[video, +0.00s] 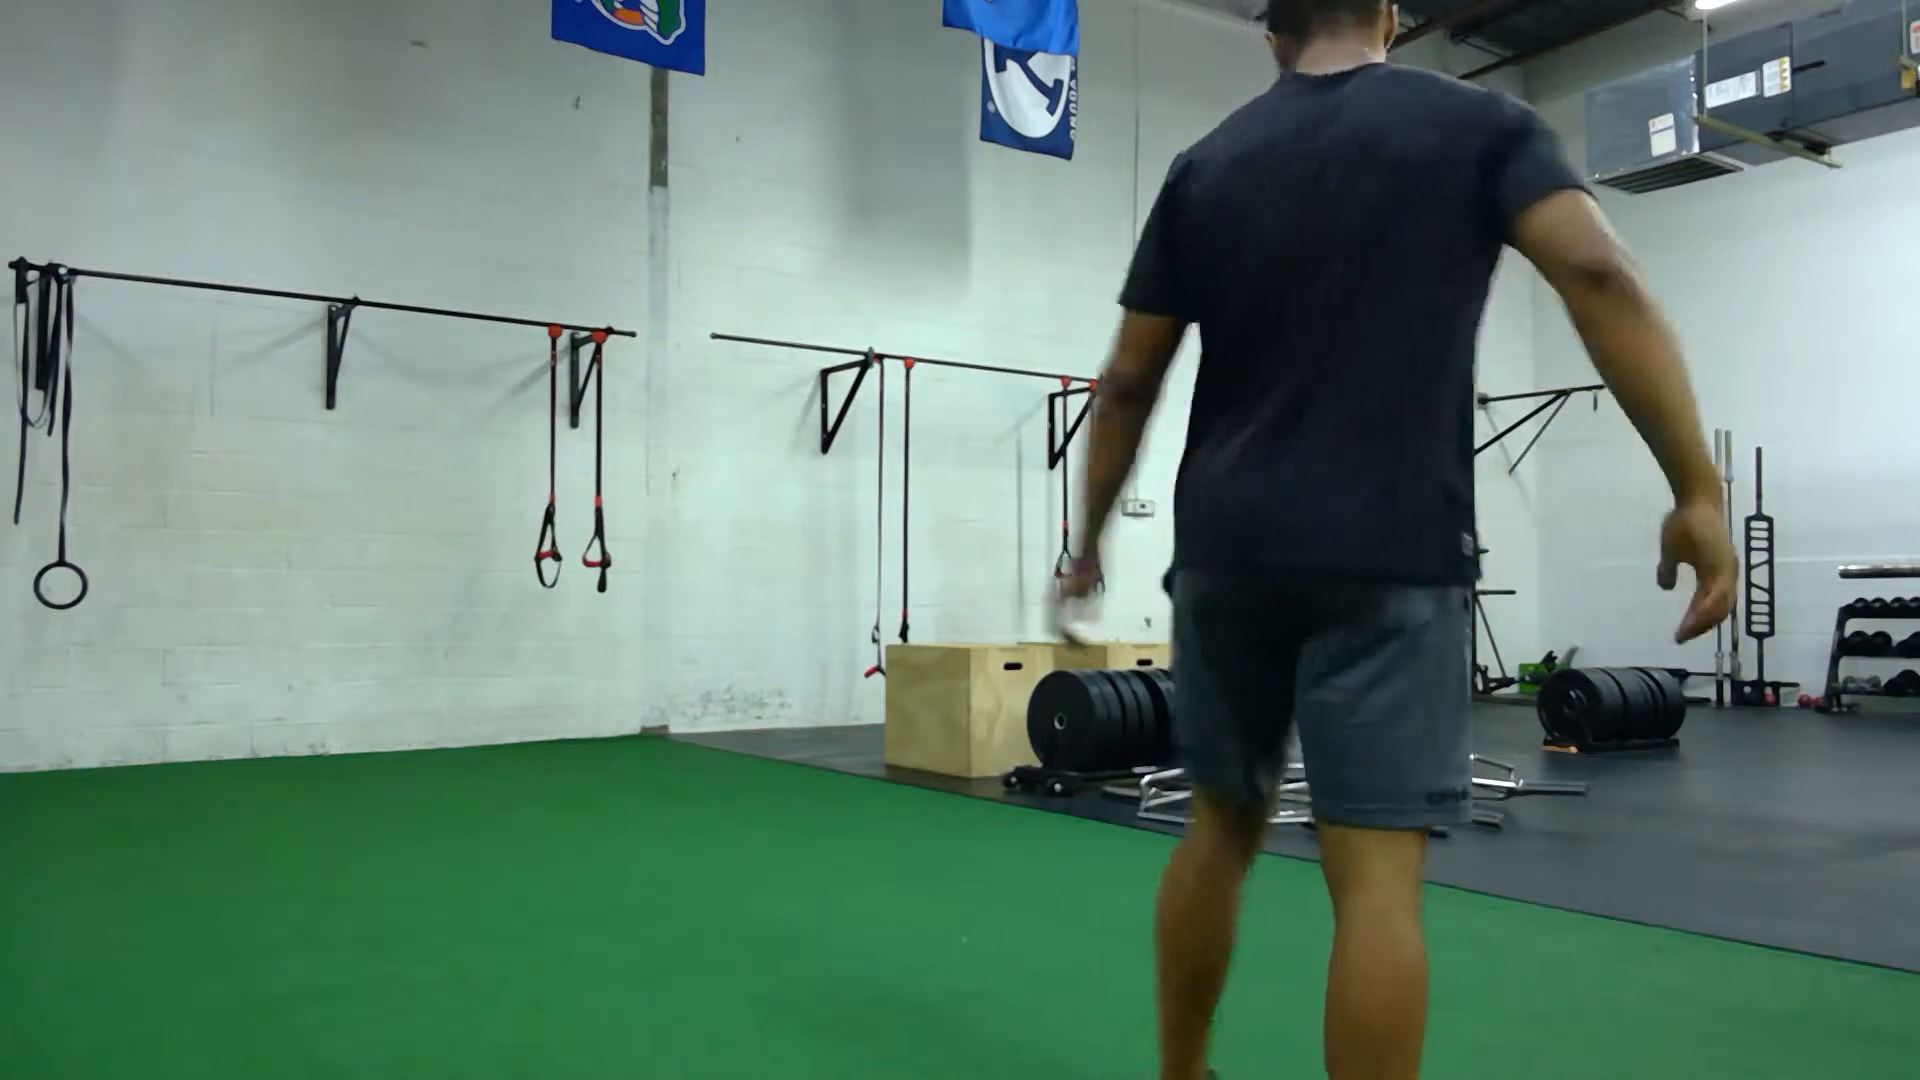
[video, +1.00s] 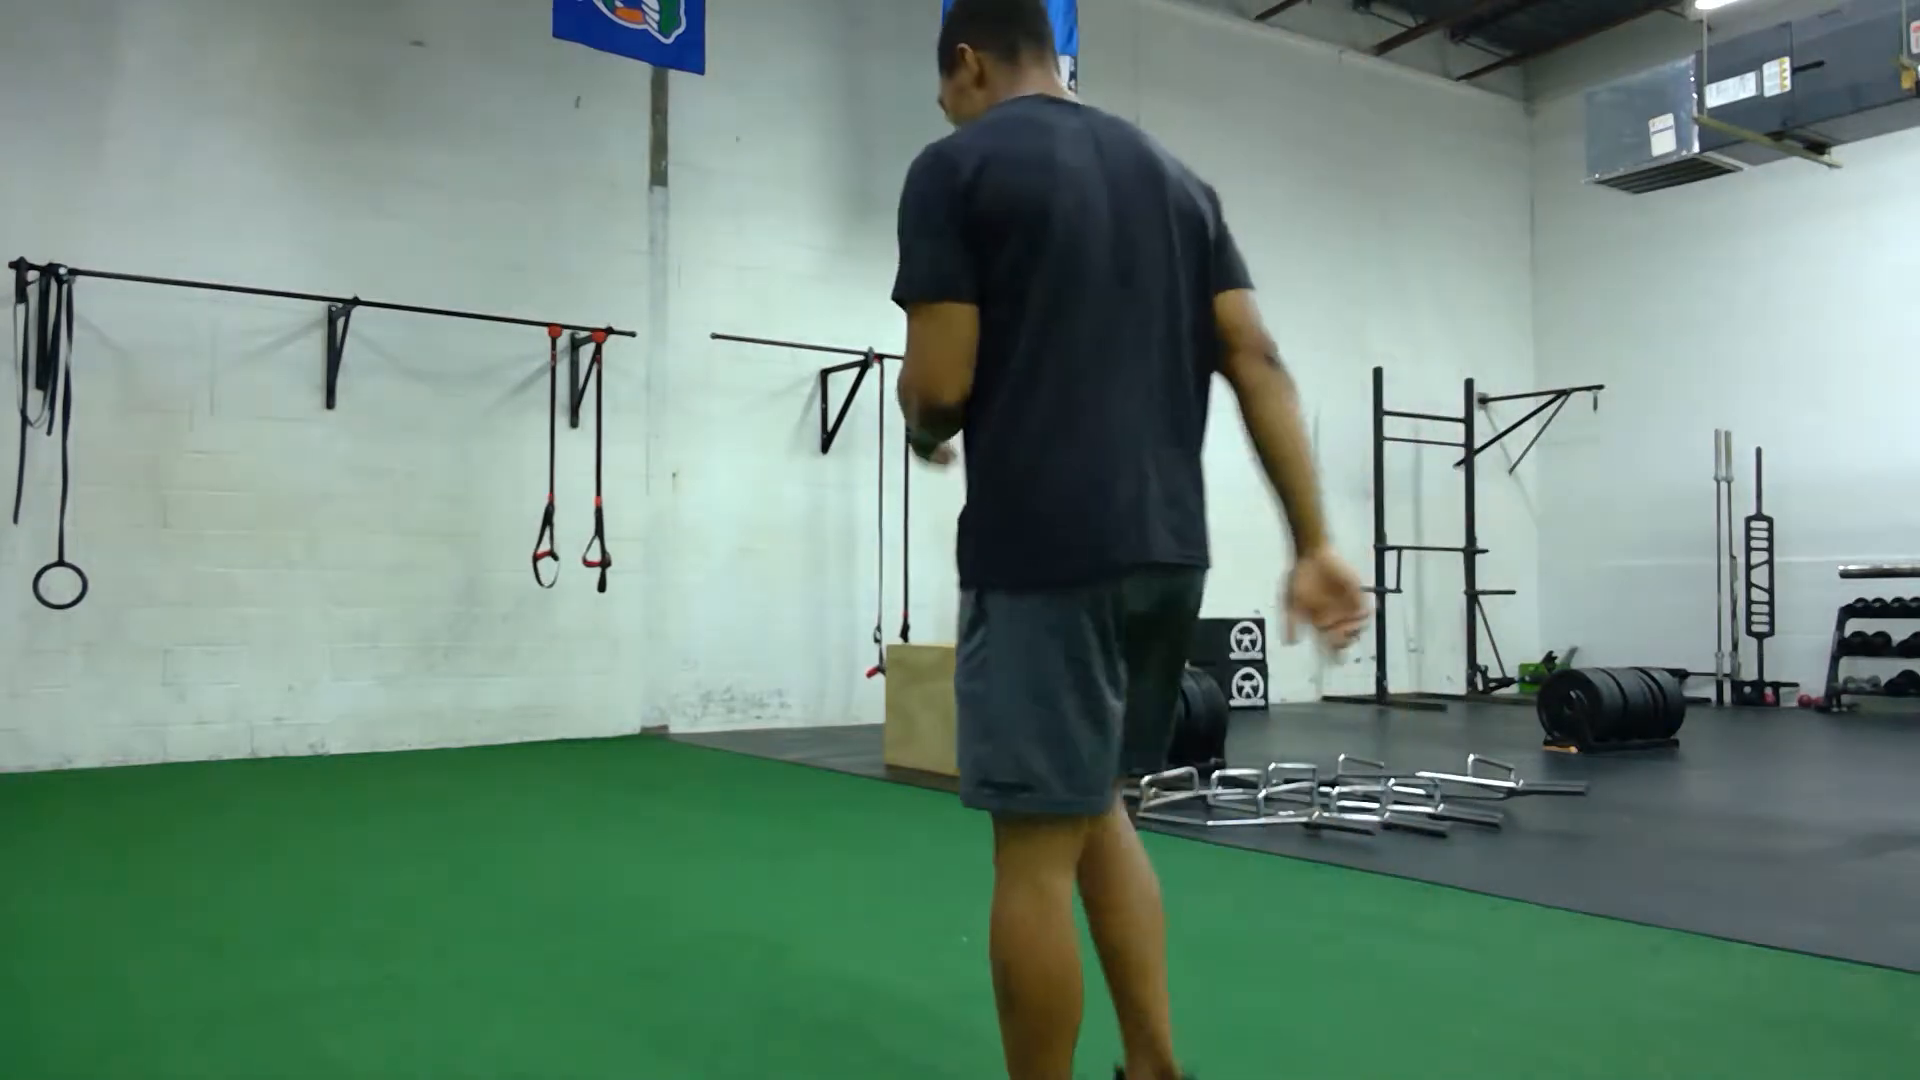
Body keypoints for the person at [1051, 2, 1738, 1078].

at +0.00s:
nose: (1399, 23)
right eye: (1398, 15)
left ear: (1270, 35)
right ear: (1387, 18)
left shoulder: (1205, 167)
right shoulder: (1474, 121)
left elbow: (1127, 381)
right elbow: (1599, 273)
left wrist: (1088, 531)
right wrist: (1697, 487)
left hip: (1228, 546)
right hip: (1397, 546)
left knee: (1217, 819)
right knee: (1378, 877)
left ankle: (1179, 1067)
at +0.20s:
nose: (1242, 59)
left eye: (1239, 41)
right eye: (1245, 45)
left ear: (1254, 26)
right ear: (1364, 24)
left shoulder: (1207, 146)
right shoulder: (1477, 136)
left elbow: (1122, 362)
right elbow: (1564, 367)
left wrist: (1045, 516)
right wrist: (1582, 548)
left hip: (1221, 545)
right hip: (1406, 552)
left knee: (1139, 821)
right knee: (1378, 880)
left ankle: (1086, 1068)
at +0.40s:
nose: (1165, 68)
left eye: (1164, 46)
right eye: (1167, 47)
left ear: (1189, 27)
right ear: (1286, 31)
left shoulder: (1158, 149)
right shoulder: (1402, 159)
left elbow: (1157, 356)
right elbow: (1432, 396)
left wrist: (1096, 533)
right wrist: (1356, 511)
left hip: (1183, 555)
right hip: (1352, 560)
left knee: (1102, 855)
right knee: (1349, 881)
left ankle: (1059, 1068)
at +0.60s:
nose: (1057, 82)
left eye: (1060, 58)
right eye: (1060, 60)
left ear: (1089, 43)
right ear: (1178, 42)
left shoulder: (1060, 163)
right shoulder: (1290, 174)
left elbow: (1011, 384)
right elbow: (1315, 405)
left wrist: (992, 522)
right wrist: (1245, 518)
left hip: (1092, 554)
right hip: (1253, 554)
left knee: (1059, 855)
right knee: (1283, 839)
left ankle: (1043, 1070)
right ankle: (1351, 1070)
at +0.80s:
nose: (979, 104)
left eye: (977, 84)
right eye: (979, 86)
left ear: (999, 61)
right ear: (1084, 57)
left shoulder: (981, 172)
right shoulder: (1212, 171)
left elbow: (935, 402)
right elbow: (1285, 372)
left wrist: (934, 455)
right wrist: (1319, 558)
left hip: (1070, 544)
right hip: (1207, 542)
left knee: (1053, 853)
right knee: (1119, 759)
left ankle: (1045, 1079)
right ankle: (1223, 985)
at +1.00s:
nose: (944, 105)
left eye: (943, 87)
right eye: (944, 89)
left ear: (967, 64)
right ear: (1058, 59)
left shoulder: (956, 166)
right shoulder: (1173, 177)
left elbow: (939, 383)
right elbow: (1254, 356)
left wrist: (925, 417)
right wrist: (1314, 541)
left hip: (1041, 554)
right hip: (1170, 551)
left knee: (1035, 851)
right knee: (1100, 805)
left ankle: (1042, 1071)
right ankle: (1154, 1061)